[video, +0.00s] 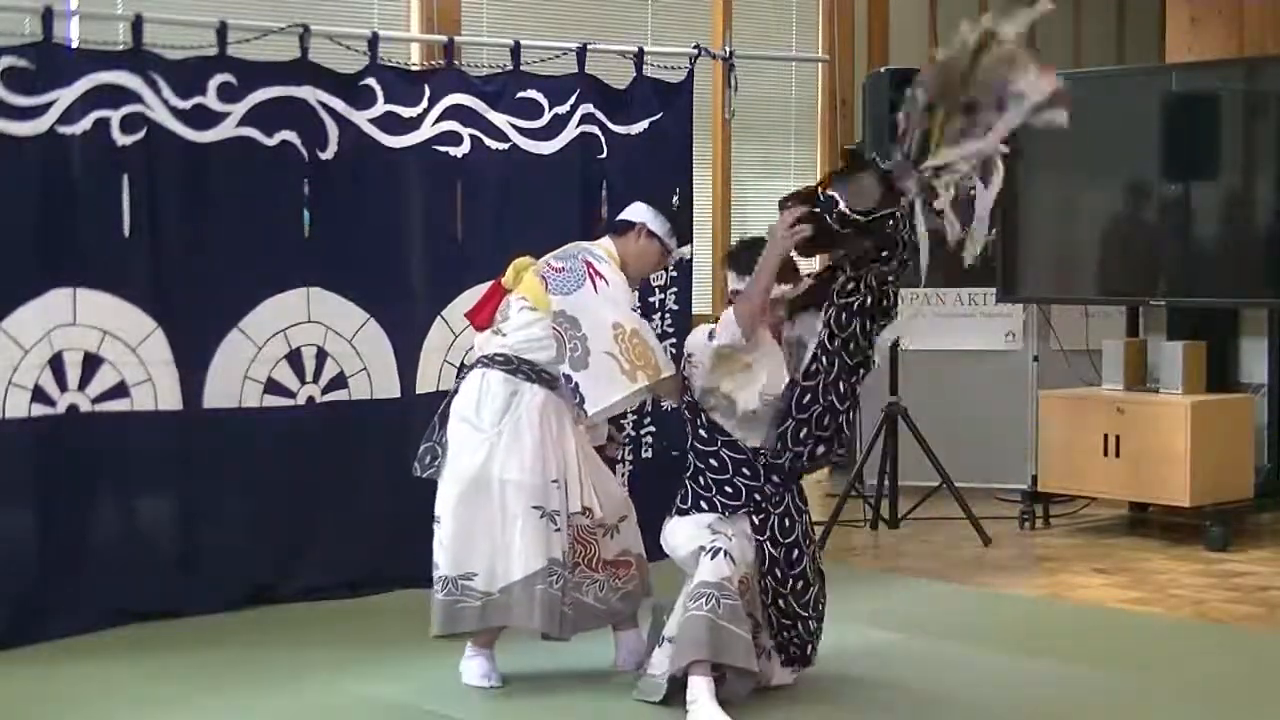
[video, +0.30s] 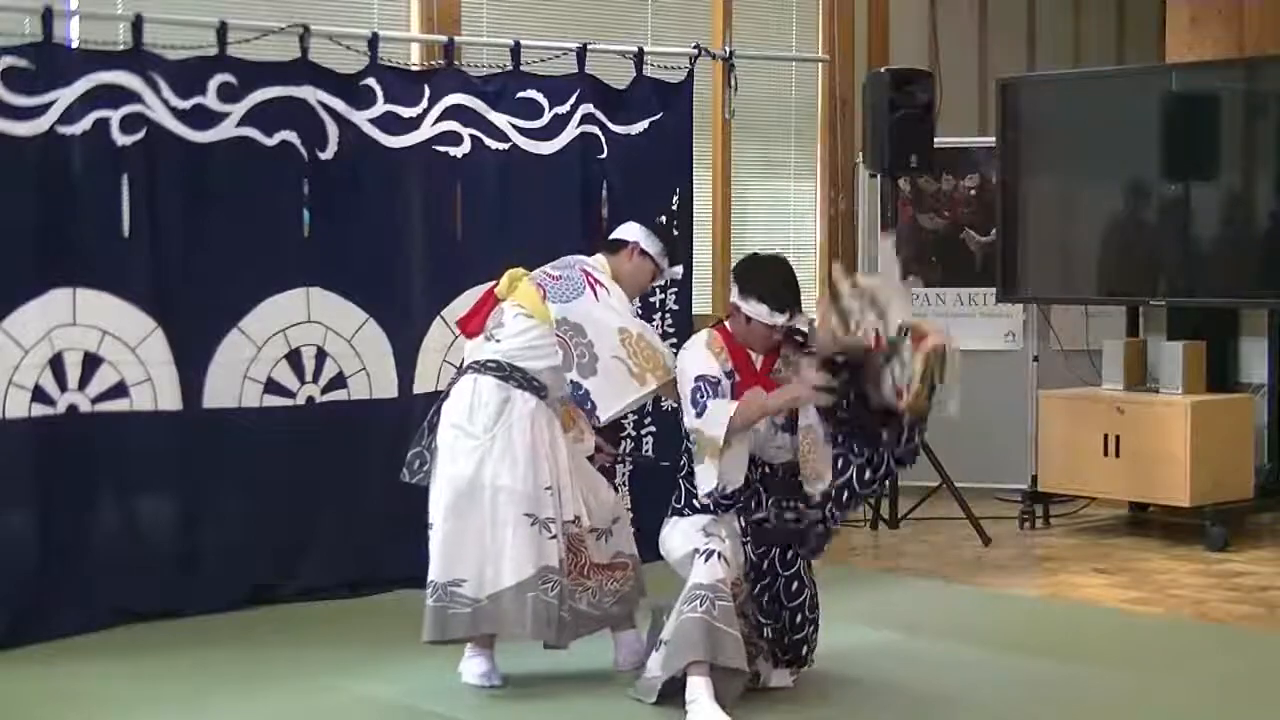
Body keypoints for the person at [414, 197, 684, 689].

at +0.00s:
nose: (659, 270)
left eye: (665, 262)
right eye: (661, 256)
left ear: (635, 235)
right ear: (639, 234)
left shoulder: (576, 261)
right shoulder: (598, 272)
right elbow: (631, 345)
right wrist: (672, 385)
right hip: (509, 395)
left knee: (609, 509)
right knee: (498, 522)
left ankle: (630, 642)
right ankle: (480, 650)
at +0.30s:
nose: (651, 285)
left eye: (656, 277)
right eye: (652, 273)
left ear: (621, 252)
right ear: (631, 253)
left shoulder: (566, 276)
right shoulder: (592, 283)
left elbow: (546, 377)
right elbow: (651, 363)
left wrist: (586, 436)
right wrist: (703, 400)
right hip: (499, 403)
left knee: (604, 510)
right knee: (488, 525)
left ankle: (628, 642)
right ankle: (479, 650)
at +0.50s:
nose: (644, 290)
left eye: (649, 282)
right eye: (646, 276)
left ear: (619, 255)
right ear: (627, 255)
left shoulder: (559, 274)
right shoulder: (594, 280)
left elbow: (543, 384)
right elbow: (656, 349)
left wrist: (581, 443)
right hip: (492, 403)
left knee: (593, 512)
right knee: (487, 526)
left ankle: (627, 643)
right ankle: (478, 653)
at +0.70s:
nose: (640, 280)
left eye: (646, 271)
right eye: (643, 266)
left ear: (613, 243)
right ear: (622, 245)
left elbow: (542, 370)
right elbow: (634, 353)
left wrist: (577, 432)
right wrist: (654, 408)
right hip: (498, 399)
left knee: (594, 510)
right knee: (488, 522)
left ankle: (627, 642)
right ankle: (478, 652)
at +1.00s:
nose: (652, 260)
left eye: (659, 251)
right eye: (655, 245)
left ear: (629, 226)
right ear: (629, 223)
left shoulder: (579, 259)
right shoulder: (582, 258)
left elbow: (562, 356)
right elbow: (573, 342)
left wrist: (586, 416)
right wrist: (630, 369)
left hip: (538, 400)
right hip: (504, 394)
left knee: (608, 504)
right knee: (498, 517)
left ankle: (629, 644)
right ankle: (478, 650)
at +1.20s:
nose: (666, 248)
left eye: (672, 239)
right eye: (664, 233)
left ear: (636, 219)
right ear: (633, 214)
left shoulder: (603, 261)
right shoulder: (588, 256)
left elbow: (577, 353)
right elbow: (606, 349)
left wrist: (595, 411)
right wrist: (697, 352)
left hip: (551, 399)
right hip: (506, 389)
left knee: (616, 508)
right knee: (498, 516)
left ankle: (630, 645)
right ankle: (478, 650)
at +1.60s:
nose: (675, 254)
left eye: (682, 244)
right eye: (676, 239)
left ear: (645, 225)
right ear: (645, 221)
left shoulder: (608, 261)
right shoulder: (599, 262)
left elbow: (598, 354)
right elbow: (601, 352)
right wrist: (684, 335)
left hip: (556, 401)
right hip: (516, 396)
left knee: (622, 509)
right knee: (502, 516)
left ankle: (632, 648)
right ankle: (479, 651)